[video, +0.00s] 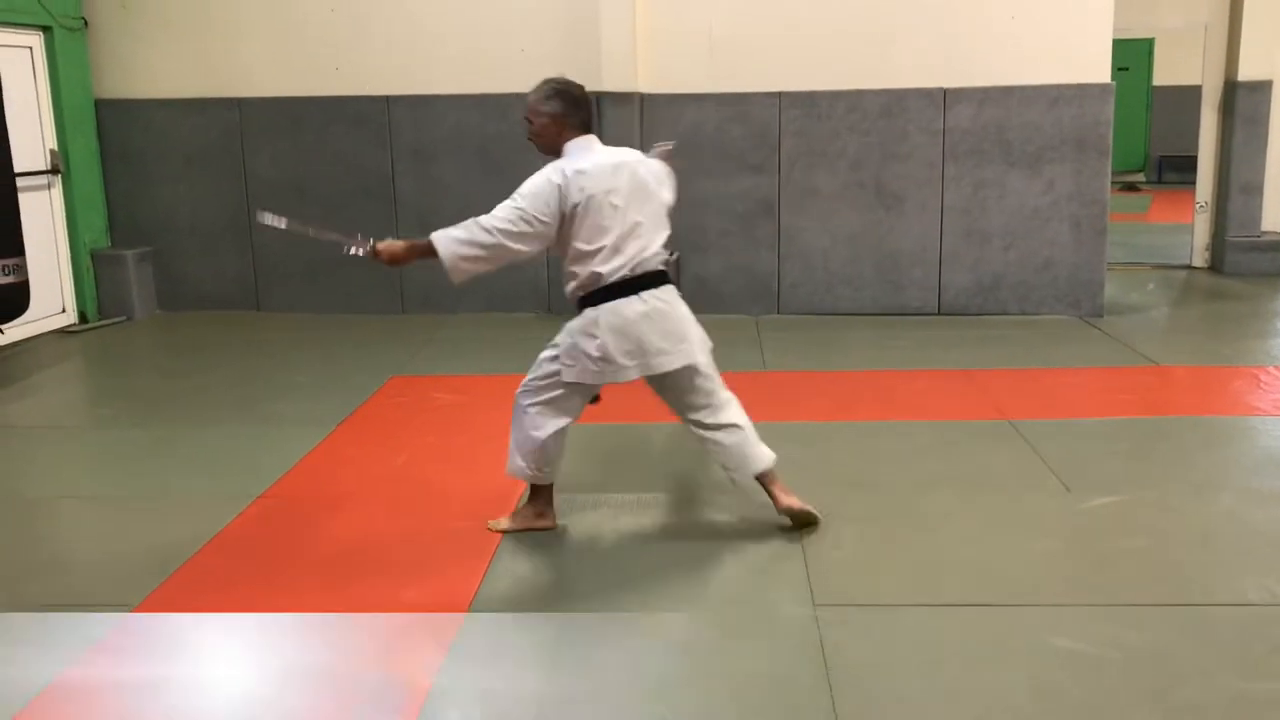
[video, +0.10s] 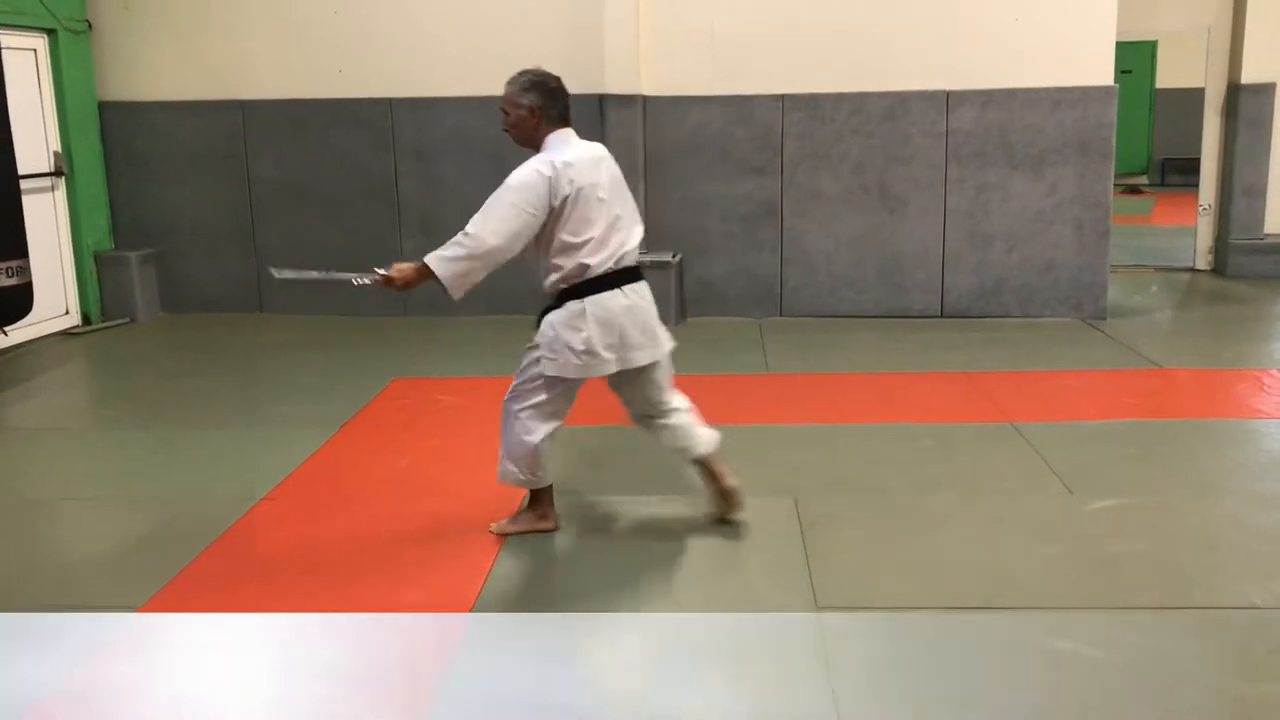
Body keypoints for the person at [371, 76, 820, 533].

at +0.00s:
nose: (527, 132)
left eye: (532, 121)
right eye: (526, 122)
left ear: (561, 120)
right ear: (579, 120)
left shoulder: (558, 179)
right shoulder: (642, 164)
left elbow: (496, 230)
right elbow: (664, 187)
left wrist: (411, 249)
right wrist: (661, 162)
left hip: (605, 323)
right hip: (666, 310)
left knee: (539, 398)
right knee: (713, 405)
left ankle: (538, 506)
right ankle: (781, 495)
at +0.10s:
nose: (503, 123)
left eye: (509, 113)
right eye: (503, 113)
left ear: (537, 115)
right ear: (548, 114)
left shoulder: (540, 172)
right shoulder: (599, 155)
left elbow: (488, 237)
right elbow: (624, 223)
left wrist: (419, 270)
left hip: (580, 313)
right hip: (635, 302)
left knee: (526, 409)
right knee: (659, 403)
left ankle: (540, 507)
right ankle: (721, 481)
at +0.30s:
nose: (479, 113)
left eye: (485, 104)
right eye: (478, 104)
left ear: (513, 105)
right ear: (516, 105)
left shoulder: (545, 162)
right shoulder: (537, 155)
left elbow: (530, 233)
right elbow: (485, 212)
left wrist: (496, 284)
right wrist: (418, 246)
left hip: (566, 303)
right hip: (559, 299)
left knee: (519, 407)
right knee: (533, 401)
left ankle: (546, 508)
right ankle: (552, 496)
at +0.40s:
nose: (471, 113)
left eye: (478, 103)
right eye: (470, 103)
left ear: (507, 103)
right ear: (505, 104)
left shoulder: (555, 161)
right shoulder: (502, 165)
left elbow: (565, 231)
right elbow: (461, 220)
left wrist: (543, 285)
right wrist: (411, 267)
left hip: (561, 308)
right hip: (526, 304)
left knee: (520, 410)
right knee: (498, 404)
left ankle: (543, 506)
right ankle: (523, 498)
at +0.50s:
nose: (466, 113)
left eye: (473, 104)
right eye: (465, 104)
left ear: (504, 102)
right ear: (499, 103)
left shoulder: (566, 158)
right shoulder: (481, 166)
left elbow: (590, 224)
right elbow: (459, 222)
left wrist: (591, 280)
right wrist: (445, 275)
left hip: (560, 305)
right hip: (509, 305)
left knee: (534, 411)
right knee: (502, 408)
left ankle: (533, 506)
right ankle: (522, 498)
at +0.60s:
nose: (462, 115)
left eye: (469, 106)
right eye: (461, 105)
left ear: (502, 105)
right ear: (492, 105)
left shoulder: (563, 158)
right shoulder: (472, 164)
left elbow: (612, 215)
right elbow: (471, 235)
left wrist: (629, 271)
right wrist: (496, 279)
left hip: (553, 312)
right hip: (497, 308)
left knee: (538, 414)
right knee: (501, 412)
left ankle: (540, 505)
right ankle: (527, 497)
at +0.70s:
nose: (460, 115)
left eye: (467, 106)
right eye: (459, 105)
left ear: (500, 104)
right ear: (493, 106)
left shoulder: (563, 154)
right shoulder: (469, 163)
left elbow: (618, 211)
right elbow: (483, 233)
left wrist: (645, 268)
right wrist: (526, 272)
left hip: (554, 308)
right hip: (498, 306)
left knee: (540, 413)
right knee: (503, 411)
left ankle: (545, 504)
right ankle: (535, 496)